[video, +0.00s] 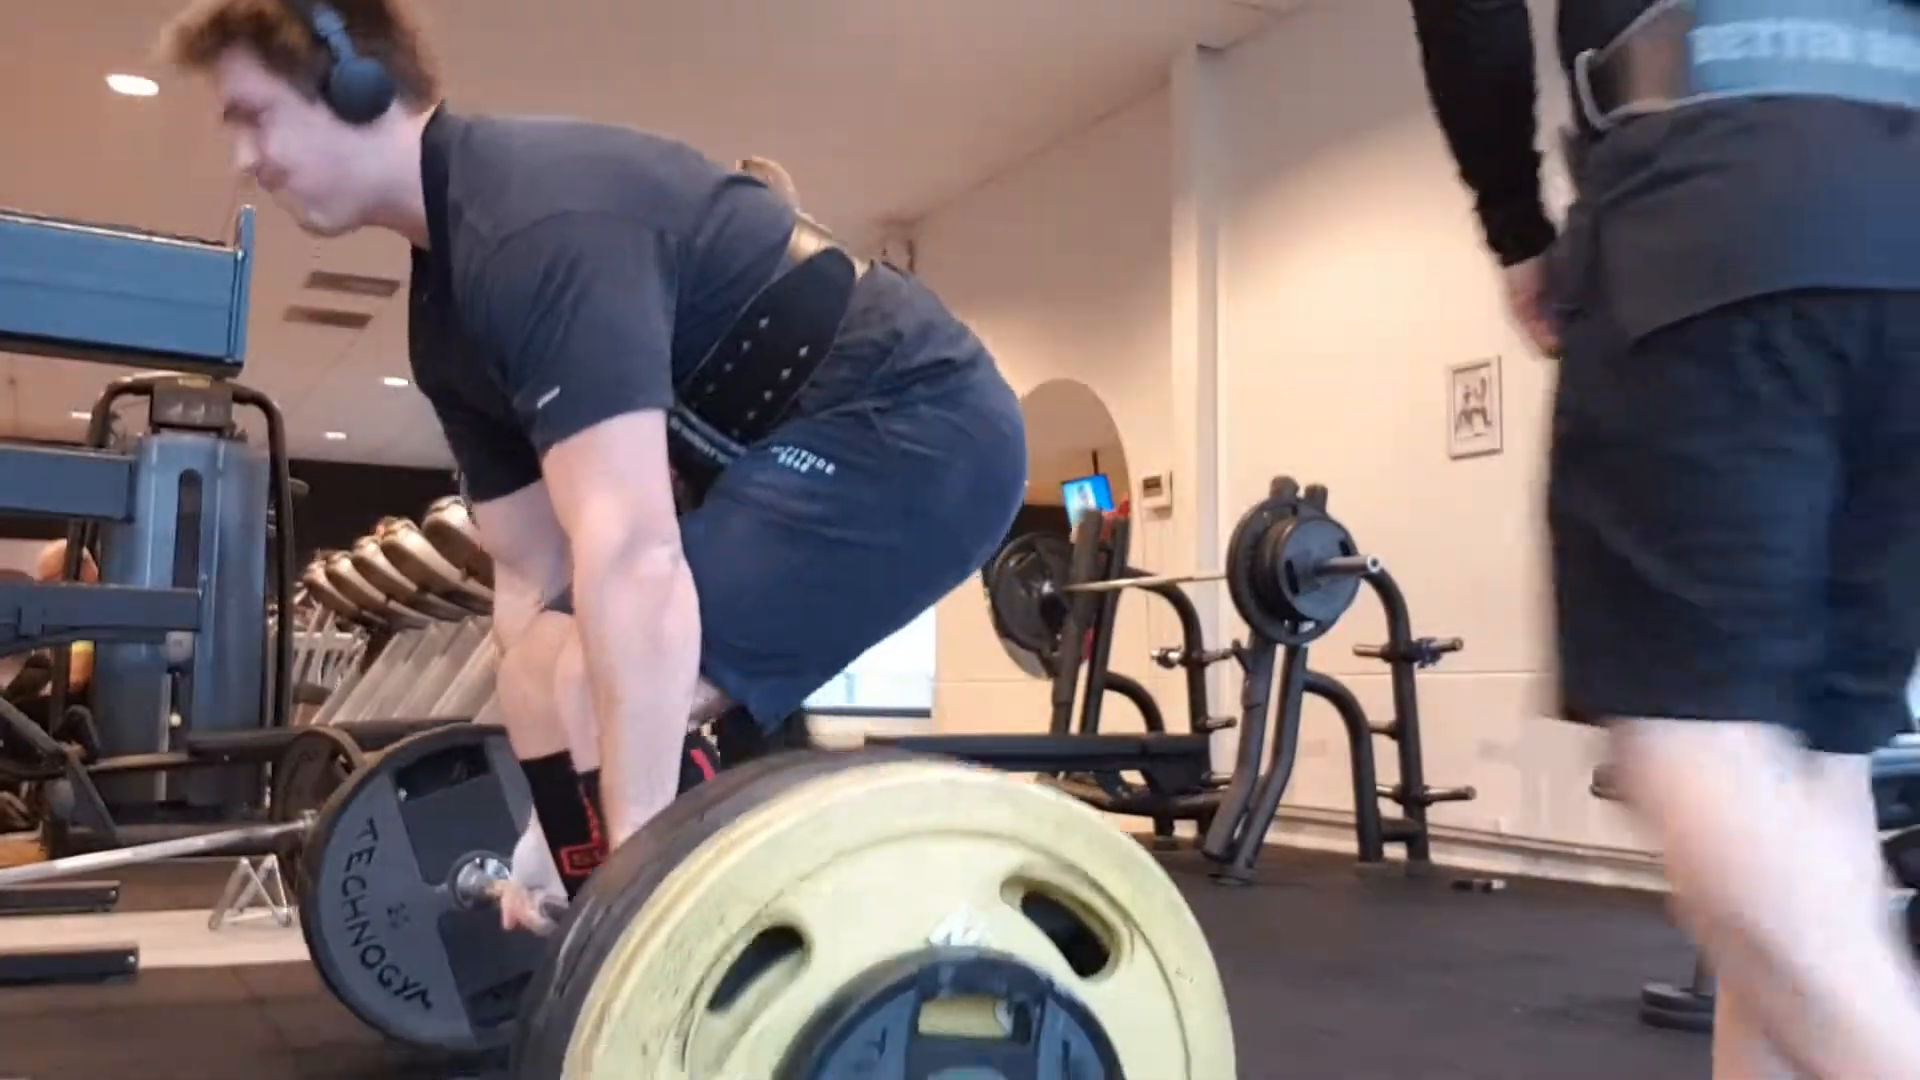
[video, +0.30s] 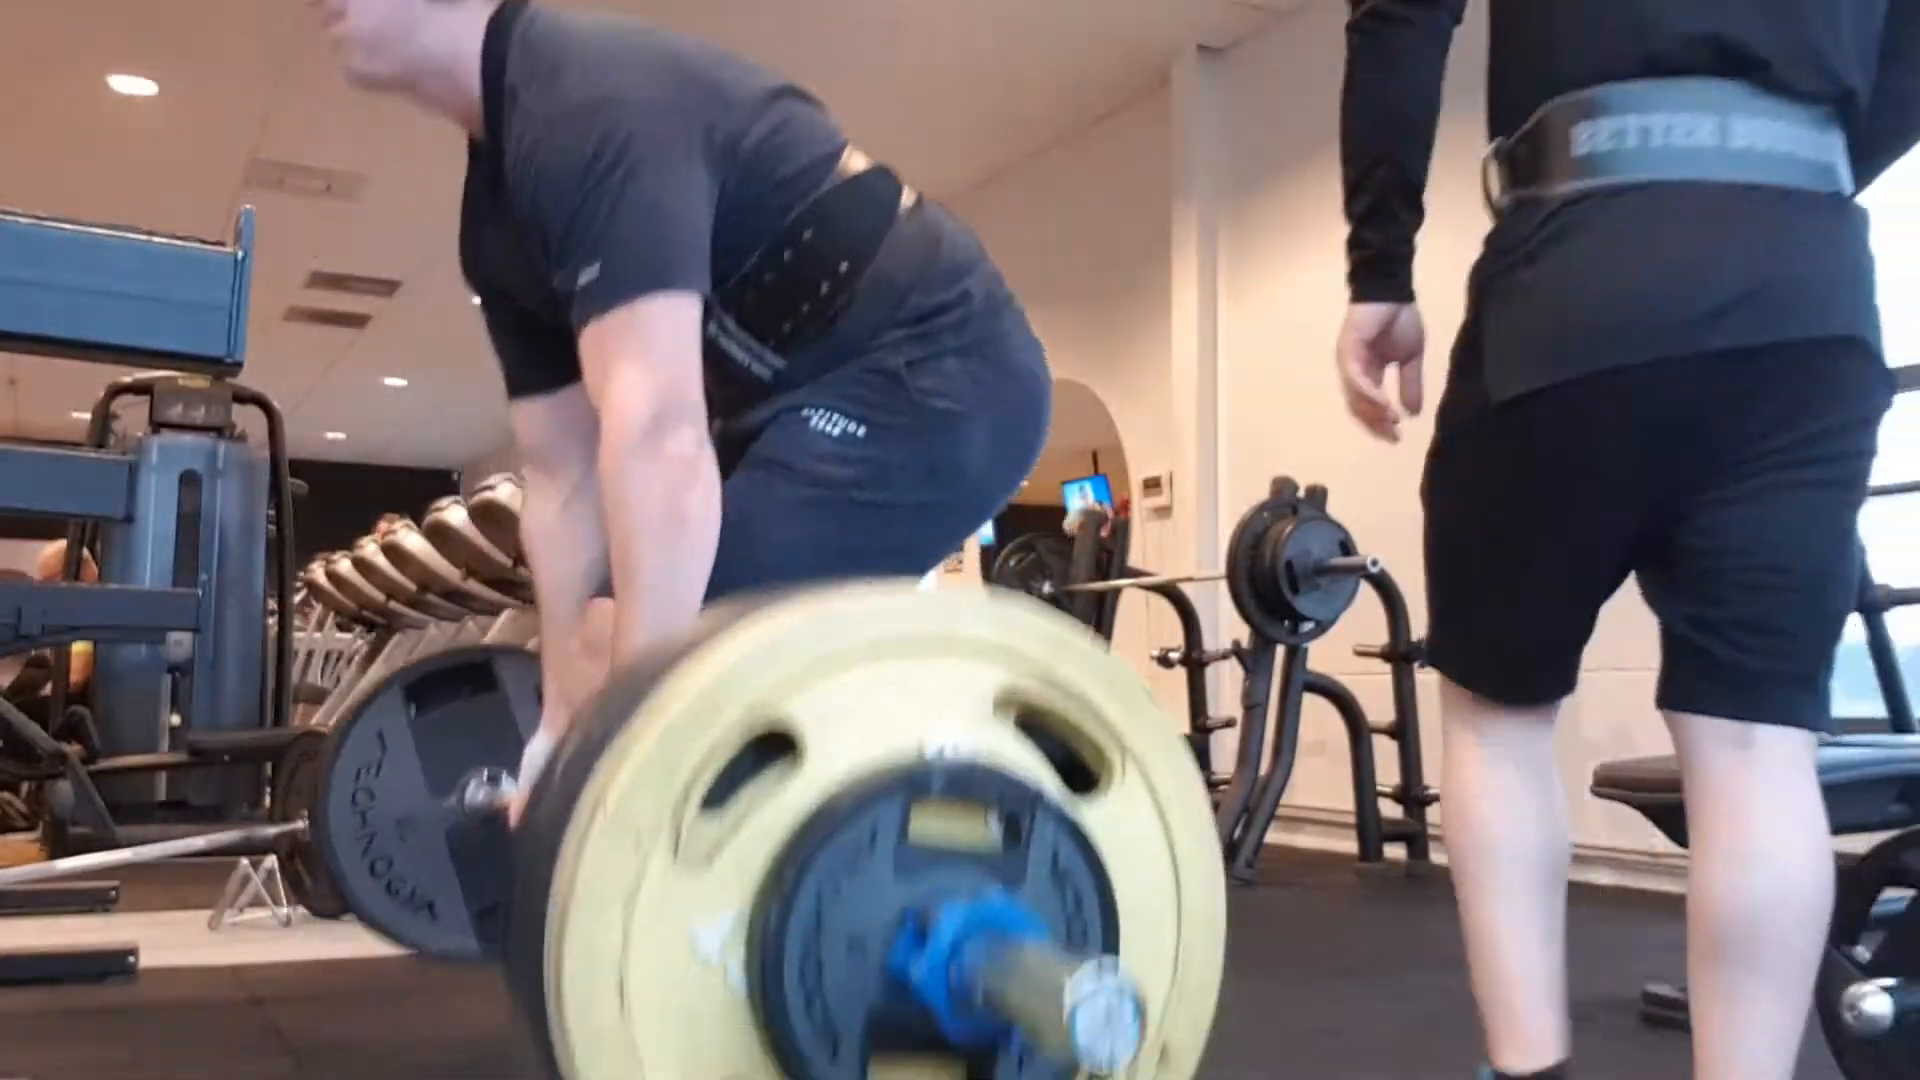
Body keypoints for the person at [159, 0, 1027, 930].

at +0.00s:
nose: (243, 164)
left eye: (253, 119)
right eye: (232, 131)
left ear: (352, 79)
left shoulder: (544, 221)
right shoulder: (445, 313)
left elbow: (636, 559)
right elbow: (528, 578)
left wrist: (638, 868)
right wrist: (551, 849)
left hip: (908, 417)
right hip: (811, 446)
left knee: (601, 683)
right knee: (537, 668)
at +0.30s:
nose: (326, 9)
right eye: (333, 4)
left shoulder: (597, 100)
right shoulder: (496, 206)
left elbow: (660, 434)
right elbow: (558, 474)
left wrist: (643, 729)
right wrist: (564, 729)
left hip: (927, 371)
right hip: (808, 399)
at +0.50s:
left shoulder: (615, 14)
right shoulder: (508, 114)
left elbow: (676, 307)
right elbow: (573, 376)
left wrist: (676, 595)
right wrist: (586, 626)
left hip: (912, 314)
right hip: (778, 349)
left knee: (756, 674)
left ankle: (701, 1035)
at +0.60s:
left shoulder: (643, 5)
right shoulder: (509, 49)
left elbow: (688, 235)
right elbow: (579, 307)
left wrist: (686, 529)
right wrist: (602, 549)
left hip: (905, 308)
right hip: (769, 330)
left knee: (770, 712)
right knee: (713, 700)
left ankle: (710, 1053)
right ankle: (687, 1045)